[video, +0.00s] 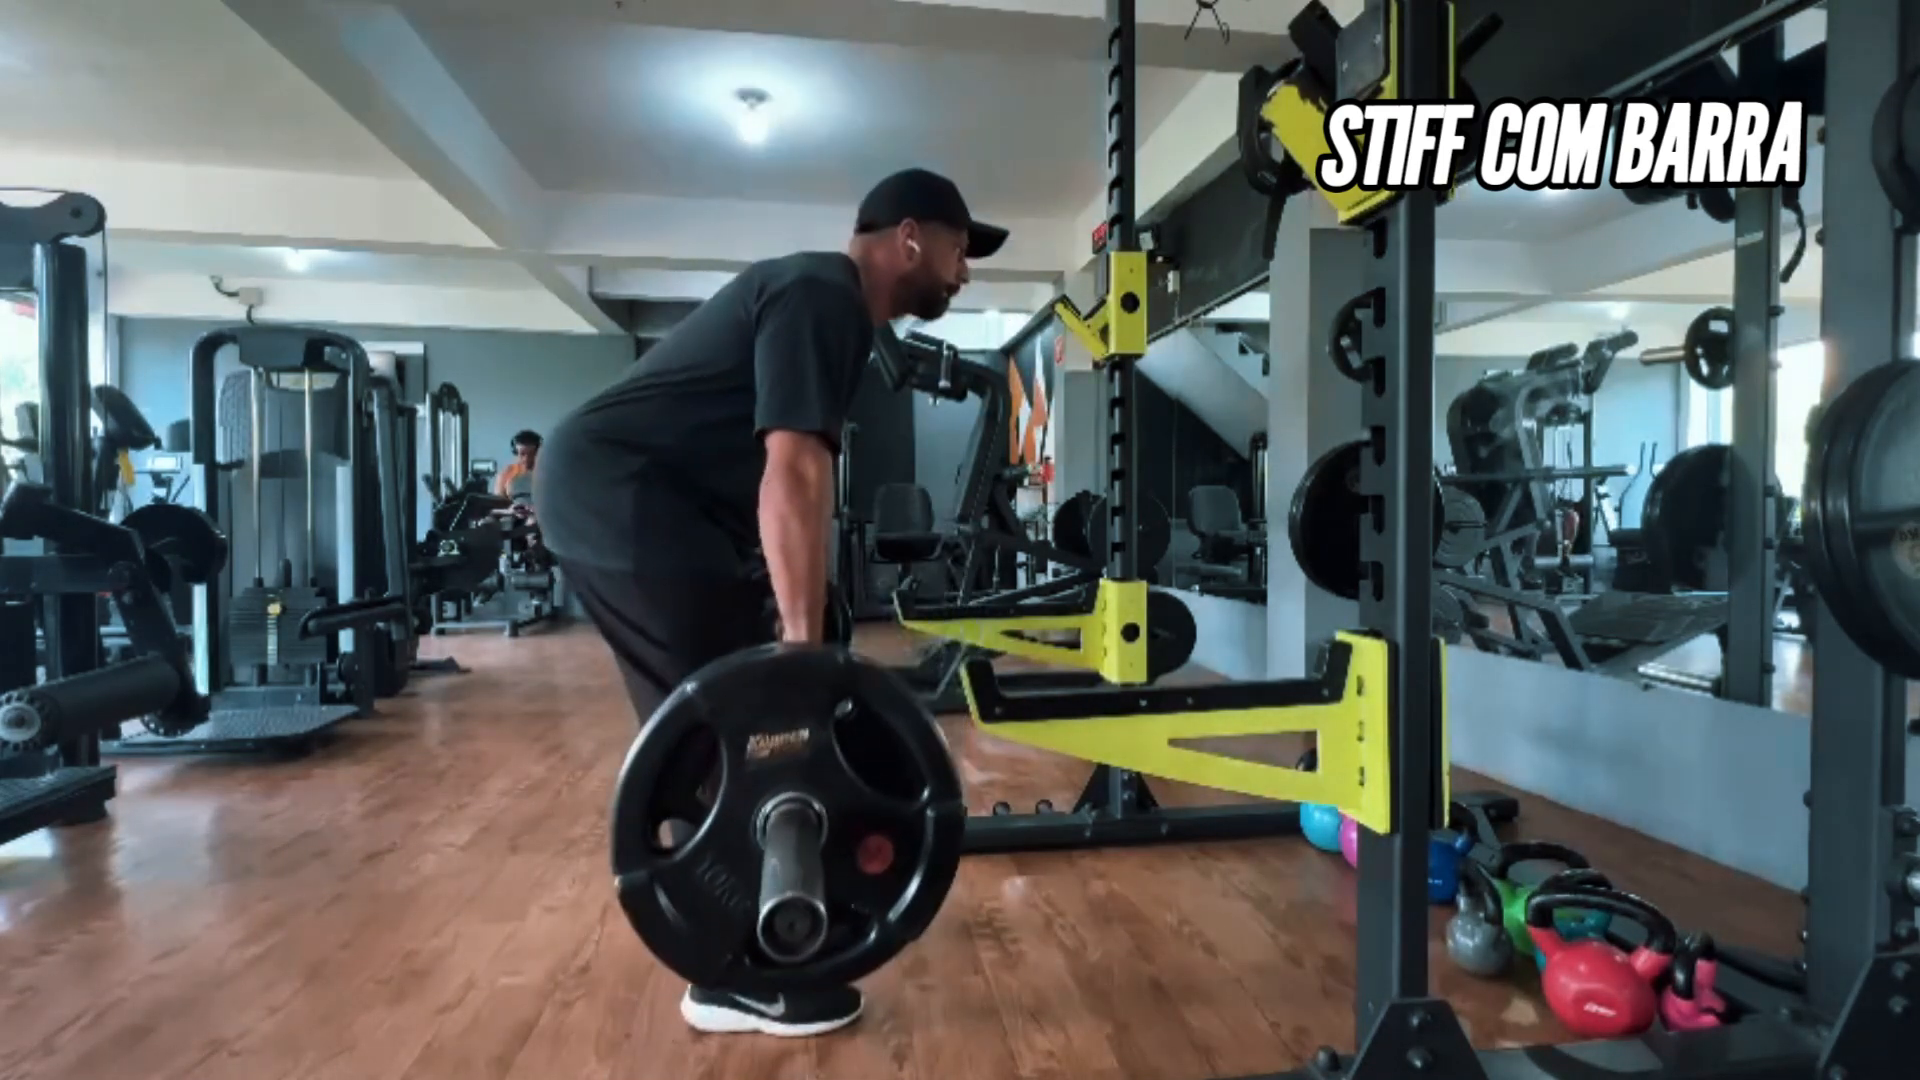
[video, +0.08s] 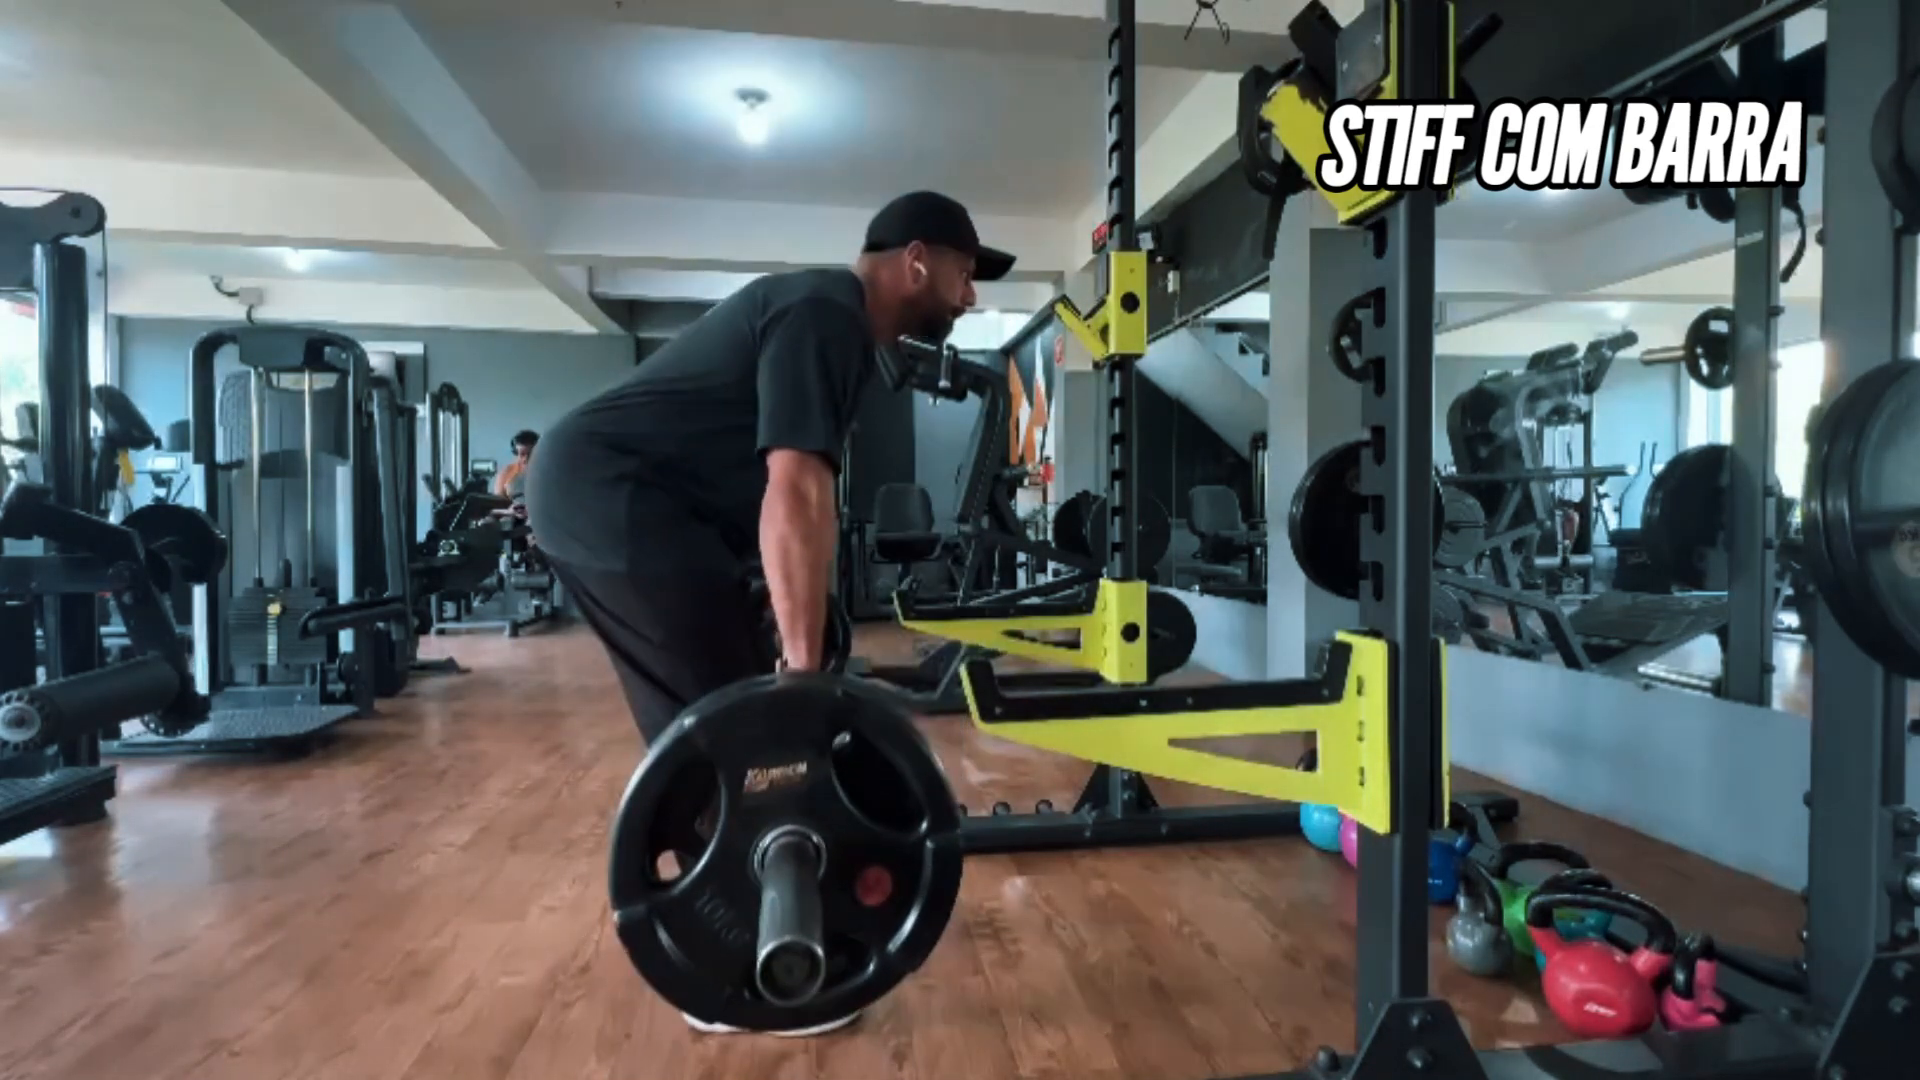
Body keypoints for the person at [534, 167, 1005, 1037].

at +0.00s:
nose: (967, 272)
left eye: (970, 256)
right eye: (960, 250)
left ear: (899, 243)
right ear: (908, 237)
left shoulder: (830, 307)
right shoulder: (817, 292)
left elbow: (796, 476)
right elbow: (793, 470)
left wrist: (803, 639)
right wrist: (804, 645)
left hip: (627, 489)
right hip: (625, 488)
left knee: (711, 719)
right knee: (745, 710)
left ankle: (733, 959)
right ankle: (737, 973)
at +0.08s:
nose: (971, 299)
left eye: (975, 282)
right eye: (966, 277)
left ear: (910, 266)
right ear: (913, 261)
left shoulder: (836, 326)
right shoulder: (820, 308)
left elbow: (800, 494)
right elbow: (796, 490)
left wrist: (802, 657)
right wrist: (805, 668)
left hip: (602, 487)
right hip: (612, 487)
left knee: (688, 722)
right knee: (747, 707)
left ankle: (716, 945)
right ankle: (767, 943)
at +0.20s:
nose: (978, 341)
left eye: (983, 323)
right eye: (976, 316)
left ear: (923, 301)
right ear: (930, 300)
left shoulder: (835, 345)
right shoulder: (829, 343)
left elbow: (805, 520)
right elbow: (799, 520)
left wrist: (796, 686)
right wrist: (800, 701)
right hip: (597, 487)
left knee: (716, 695)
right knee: (726, 699)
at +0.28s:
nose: (982, 360)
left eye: (987, 343)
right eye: (980, 336)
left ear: (928, 319)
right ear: (933, 318)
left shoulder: (836, 355)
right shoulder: (830, 354)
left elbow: (807, 533)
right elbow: (799, 537)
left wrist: (793, 697)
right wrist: (798, 718)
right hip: (592, 491)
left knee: (726, 704)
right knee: (726, 708)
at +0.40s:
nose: (986, 391)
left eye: (992, 377)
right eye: (985, 370)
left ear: (934, 348)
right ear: (940, 348)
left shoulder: (842, 383)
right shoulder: (833, 381)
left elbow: (813, 562)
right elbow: (801, 566)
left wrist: (790, 734)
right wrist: (796, 751)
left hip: (592, 490)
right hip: (589, 492)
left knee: (717, 713)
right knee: (725, 711)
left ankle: (707, 927)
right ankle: (717, 932)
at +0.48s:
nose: (989, 406)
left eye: (996, 392)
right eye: (988, 384)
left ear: (937, 362)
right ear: (942, 361)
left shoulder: (846, 397)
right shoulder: (836, 392)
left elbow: (814, 576)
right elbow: (801, 579)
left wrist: (789, 747)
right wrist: (795, 764)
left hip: (590, 491)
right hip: (584, 493)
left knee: (721, 716)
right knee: (725, 717)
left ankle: (720, 935)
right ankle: (724, 941)